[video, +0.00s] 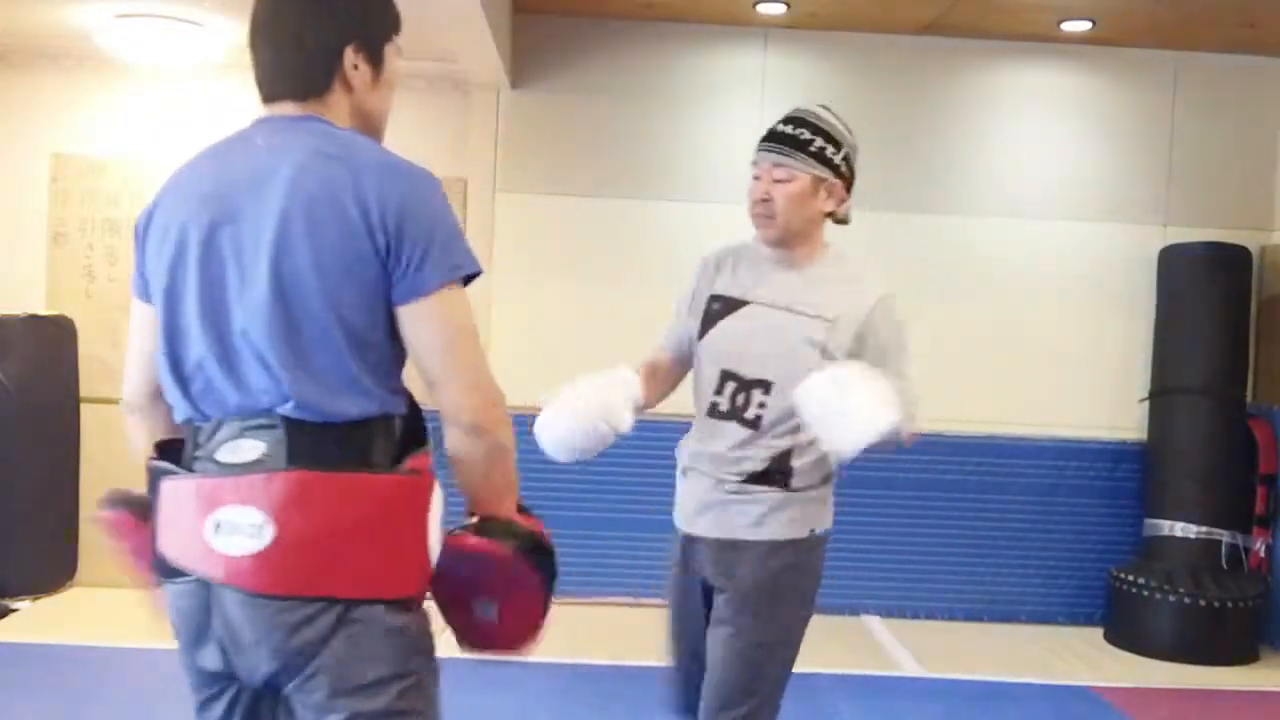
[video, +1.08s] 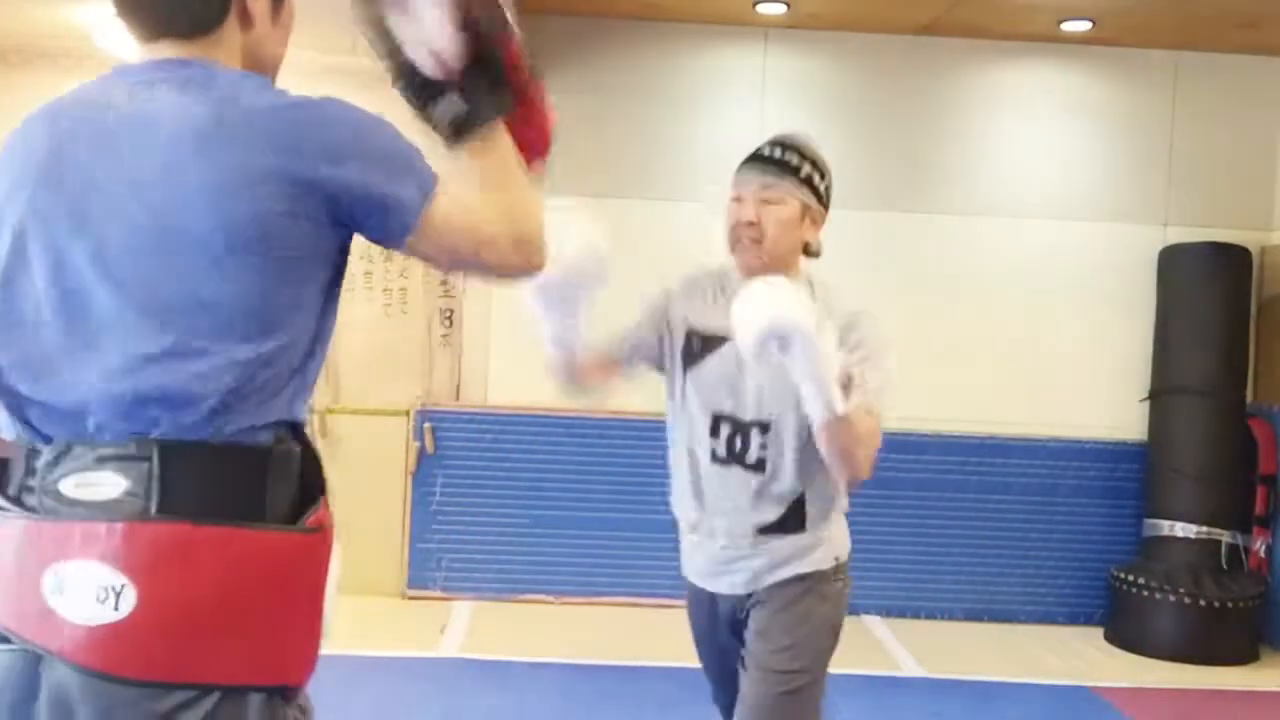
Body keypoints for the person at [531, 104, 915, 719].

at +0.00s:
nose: (762, 190)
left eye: (783, 177)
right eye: (757, 175)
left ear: (833, 195)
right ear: (747, 183)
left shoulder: (861, 299)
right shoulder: (719, 271)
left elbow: (904, 423)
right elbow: (664, 365)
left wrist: (870, 411)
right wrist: (609, 401)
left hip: (777, 542)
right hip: (696, 530)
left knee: (731, 709)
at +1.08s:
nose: (746, 215)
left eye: (770, 200)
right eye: (737, 199)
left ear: (812, 223)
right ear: (724, 211)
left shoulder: (840, 327)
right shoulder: (688, 302)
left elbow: (855, 465)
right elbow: (583, 377)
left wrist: (810, 363)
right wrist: (564, 320)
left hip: (799, 575)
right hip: (707, 574)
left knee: (766, 711)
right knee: (738, 709)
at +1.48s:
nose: (661, 229)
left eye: (682, 210)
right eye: (654, 209)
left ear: (734, 218)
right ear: (645, 214)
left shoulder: (777, 321)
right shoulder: (646, 310)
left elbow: (844, 465)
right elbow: (567, 431)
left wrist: (770, 407)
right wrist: (573, 357)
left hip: (762, 588)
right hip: (678, 584)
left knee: (694, 710)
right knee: (691, 708)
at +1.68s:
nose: (702, 187)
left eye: (728, 169)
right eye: (695, 168)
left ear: (784, 187)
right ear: (683, 176)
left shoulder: (814, 327)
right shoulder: (650, 262)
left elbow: (892, 454)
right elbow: (535, 344)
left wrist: (972, 472)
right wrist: (470, 325)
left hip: (680, 593)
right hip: (583, 565)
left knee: (618, 709)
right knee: (567, 707)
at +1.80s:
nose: (755, 169)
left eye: (779, 149)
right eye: (740, 151)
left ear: (833, 164)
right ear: (726, 160)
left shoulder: (842, 284)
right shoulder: (673, 241)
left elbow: (891, 413)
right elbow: (540, 347)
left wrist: (833, 297)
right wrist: (416, 390)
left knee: (628, 708)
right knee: (346, 532)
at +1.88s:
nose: (804, 181)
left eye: (806, 163)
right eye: (791, 159)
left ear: (811, 175)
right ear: (727, 156)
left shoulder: (831, 294)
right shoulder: (663, 251)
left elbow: (829, 406)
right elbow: (543, 367)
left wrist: (764, 261)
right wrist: (411, 415)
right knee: (345, 442)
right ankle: (84, 453)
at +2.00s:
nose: (664, 163)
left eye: (686, 142)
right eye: (663, 142)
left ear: (759, 149)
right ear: (678, 147)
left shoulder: (816, 285)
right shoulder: (654, 231)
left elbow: (774, 443)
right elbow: (604, 372)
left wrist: (713, 315)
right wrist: (492, 402)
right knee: (323, 500)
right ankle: (107, 513)